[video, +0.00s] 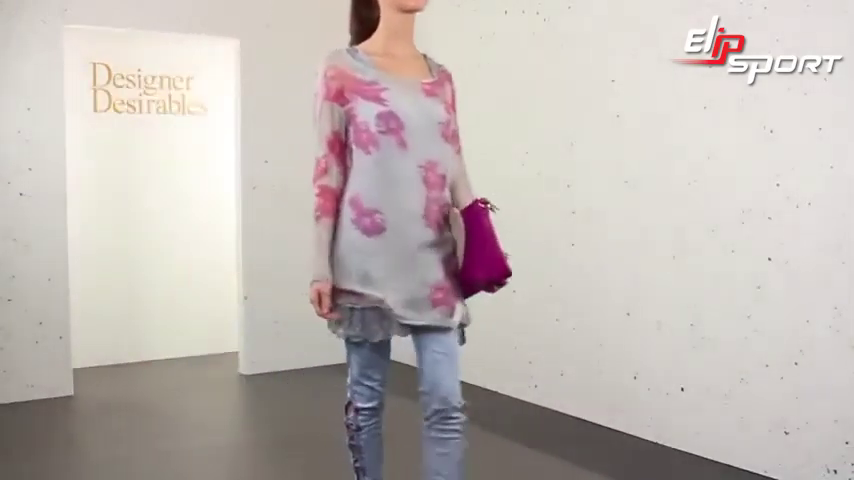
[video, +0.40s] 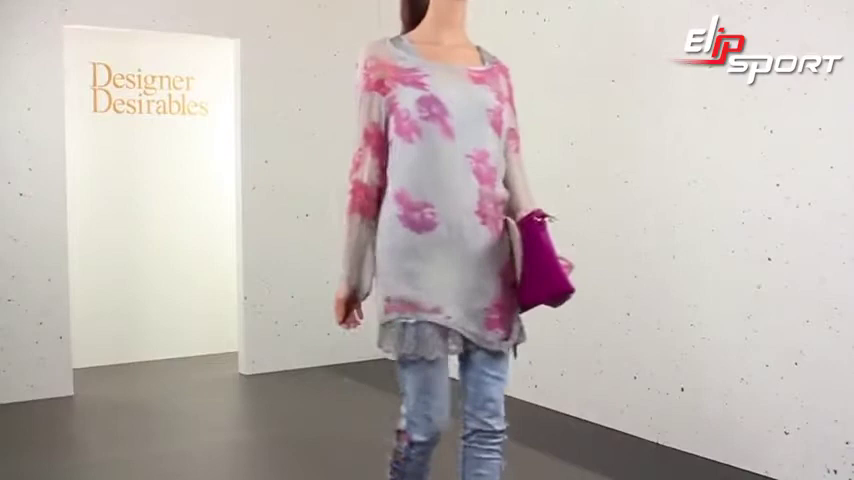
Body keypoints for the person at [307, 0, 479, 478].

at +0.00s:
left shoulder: (440, 77)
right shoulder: (342, 68)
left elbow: (454, 167)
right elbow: (329, 170)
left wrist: (478, 249)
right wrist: (321, 265)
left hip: (434, 261)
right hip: (364, 262)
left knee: (446, 404)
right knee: (366, 403)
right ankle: (367, 475)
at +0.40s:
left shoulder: (496, 70)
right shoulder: (385, 58)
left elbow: (513, 173)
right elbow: (368, 175)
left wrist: (540, 258)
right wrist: (352, 277)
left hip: (489, 275)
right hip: (415, 274)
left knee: (488, 426)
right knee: (426, 426)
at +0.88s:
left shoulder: (493, 44)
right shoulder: (422, 36)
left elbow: (520, 146)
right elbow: (341, 126)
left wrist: (550, 243)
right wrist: (361, 233)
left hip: (510, 258)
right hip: (459, 262)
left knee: (504, 439)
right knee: (479, 440)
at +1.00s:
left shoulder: (484, 40)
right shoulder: (438, 25)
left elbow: (493, 142)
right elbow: (350, 97)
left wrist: (535, 201)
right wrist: (399, 200)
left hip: (508, 261)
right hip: (472, 262)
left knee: (511, 436)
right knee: (483, 440)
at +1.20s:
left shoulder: (480, 31)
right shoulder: (458, 18)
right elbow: (417, 83)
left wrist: (528, 195)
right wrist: (473, 170)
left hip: (504, 236)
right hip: (481, 234)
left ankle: (495, 462)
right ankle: (483, 462)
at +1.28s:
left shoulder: (482, 25)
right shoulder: (464, 14)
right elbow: (443, 96)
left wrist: (529, 186)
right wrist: (485, 178)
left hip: (511, 255)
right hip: (485, 258)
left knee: (505, 439)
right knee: (487, 436)